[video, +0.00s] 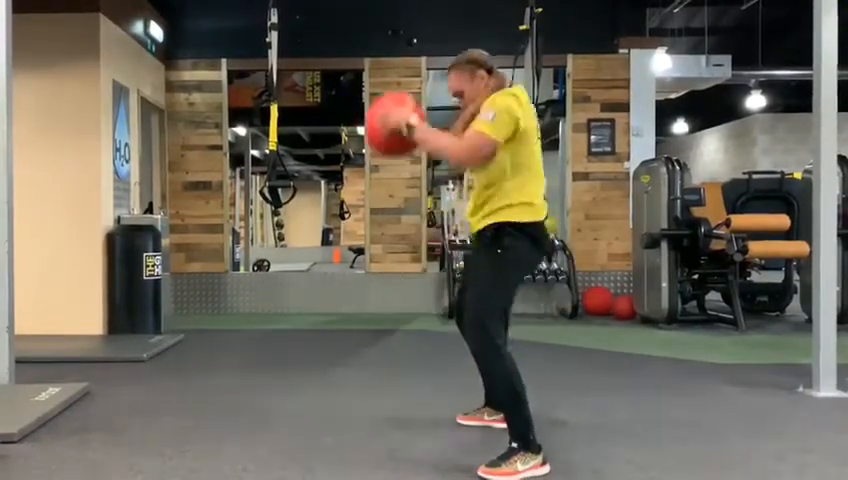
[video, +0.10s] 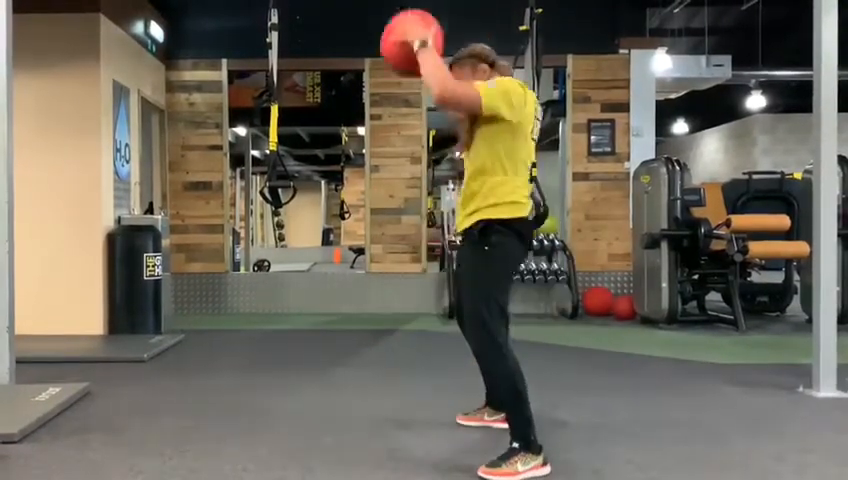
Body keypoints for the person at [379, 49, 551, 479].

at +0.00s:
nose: (459, 101)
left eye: (462, 93)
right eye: (456, 95)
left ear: (484, 78)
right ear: (479, 81)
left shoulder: (506, 102)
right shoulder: (487, 107)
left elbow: (467, 152)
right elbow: (455, 146)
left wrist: (416, 128)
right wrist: (415, 133)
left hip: (513, 229)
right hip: (493, 228)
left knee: (482, 325)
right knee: (469, 317)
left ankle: (527, 448)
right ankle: (497, 406)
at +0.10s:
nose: (462, 86)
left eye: (465, 79)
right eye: (459, 81)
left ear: (484, 69)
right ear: (477, 78)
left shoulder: (511, 90)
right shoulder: (491, 102)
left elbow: (446, 91)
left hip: (501, 225)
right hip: (483, 225)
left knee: (485, 326)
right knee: (470, 317)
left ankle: (527, 448)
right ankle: (498, 404)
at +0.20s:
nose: (448, 95)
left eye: (449, 85)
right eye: (444, 90)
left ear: (467, 66)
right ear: (451, 81)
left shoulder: (502, 85)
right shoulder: (476, 100)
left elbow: (455, 34)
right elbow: (457, 141)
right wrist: (463, 100)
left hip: (488, 223)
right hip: (469, 224)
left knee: (492, 328)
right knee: (474, 319)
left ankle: (527, 450)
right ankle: (500, 404)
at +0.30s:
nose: (431, 92)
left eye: (434, 83)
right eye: (426, 87)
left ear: (456, 68)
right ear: (437, 80)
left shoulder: (485, 89)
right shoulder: (452, 105)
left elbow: (468, 17)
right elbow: (444, 146)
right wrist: (442, 111)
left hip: (484, 221)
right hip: (460, 223)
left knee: (493, 326)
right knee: (472, 315)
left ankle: (528, 447)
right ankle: (498, 401)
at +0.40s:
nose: (417, 91)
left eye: (419, 82)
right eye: (412, 86)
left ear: (440, 67)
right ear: (422, 81)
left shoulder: (470, 85)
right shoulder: (441, 103)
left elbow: (464, 19)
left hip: (484, 222)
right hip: (461, 225)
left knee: (494, 326)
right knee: (473, 315)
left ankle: (528, 445)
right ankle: (497, 400)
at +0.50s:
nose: (418, 94)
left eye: (419, 85)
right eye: (414, 89)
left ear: (439, 68)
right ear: (430, 78)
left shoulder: (474, 86)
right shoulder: (442, 102)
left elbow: (454, 15)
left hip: (489, 225)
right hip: (466, 227)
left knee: (492, 326)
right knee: (471, 316)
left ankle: (527, 446)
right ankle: (497, 402)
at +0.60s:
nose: (421, 79)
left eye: (423, 69)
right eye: (417, 73)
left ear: (441, 58)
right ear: (433, 75)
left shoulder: (489, 77)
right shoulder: (456, 97)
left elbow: (427, 45)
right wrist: (434, 145)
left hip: (504, 218)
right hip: (483, 220)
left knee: (498, 322)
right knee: (482, 316)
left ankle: (527, 443)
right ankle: (498, 399)